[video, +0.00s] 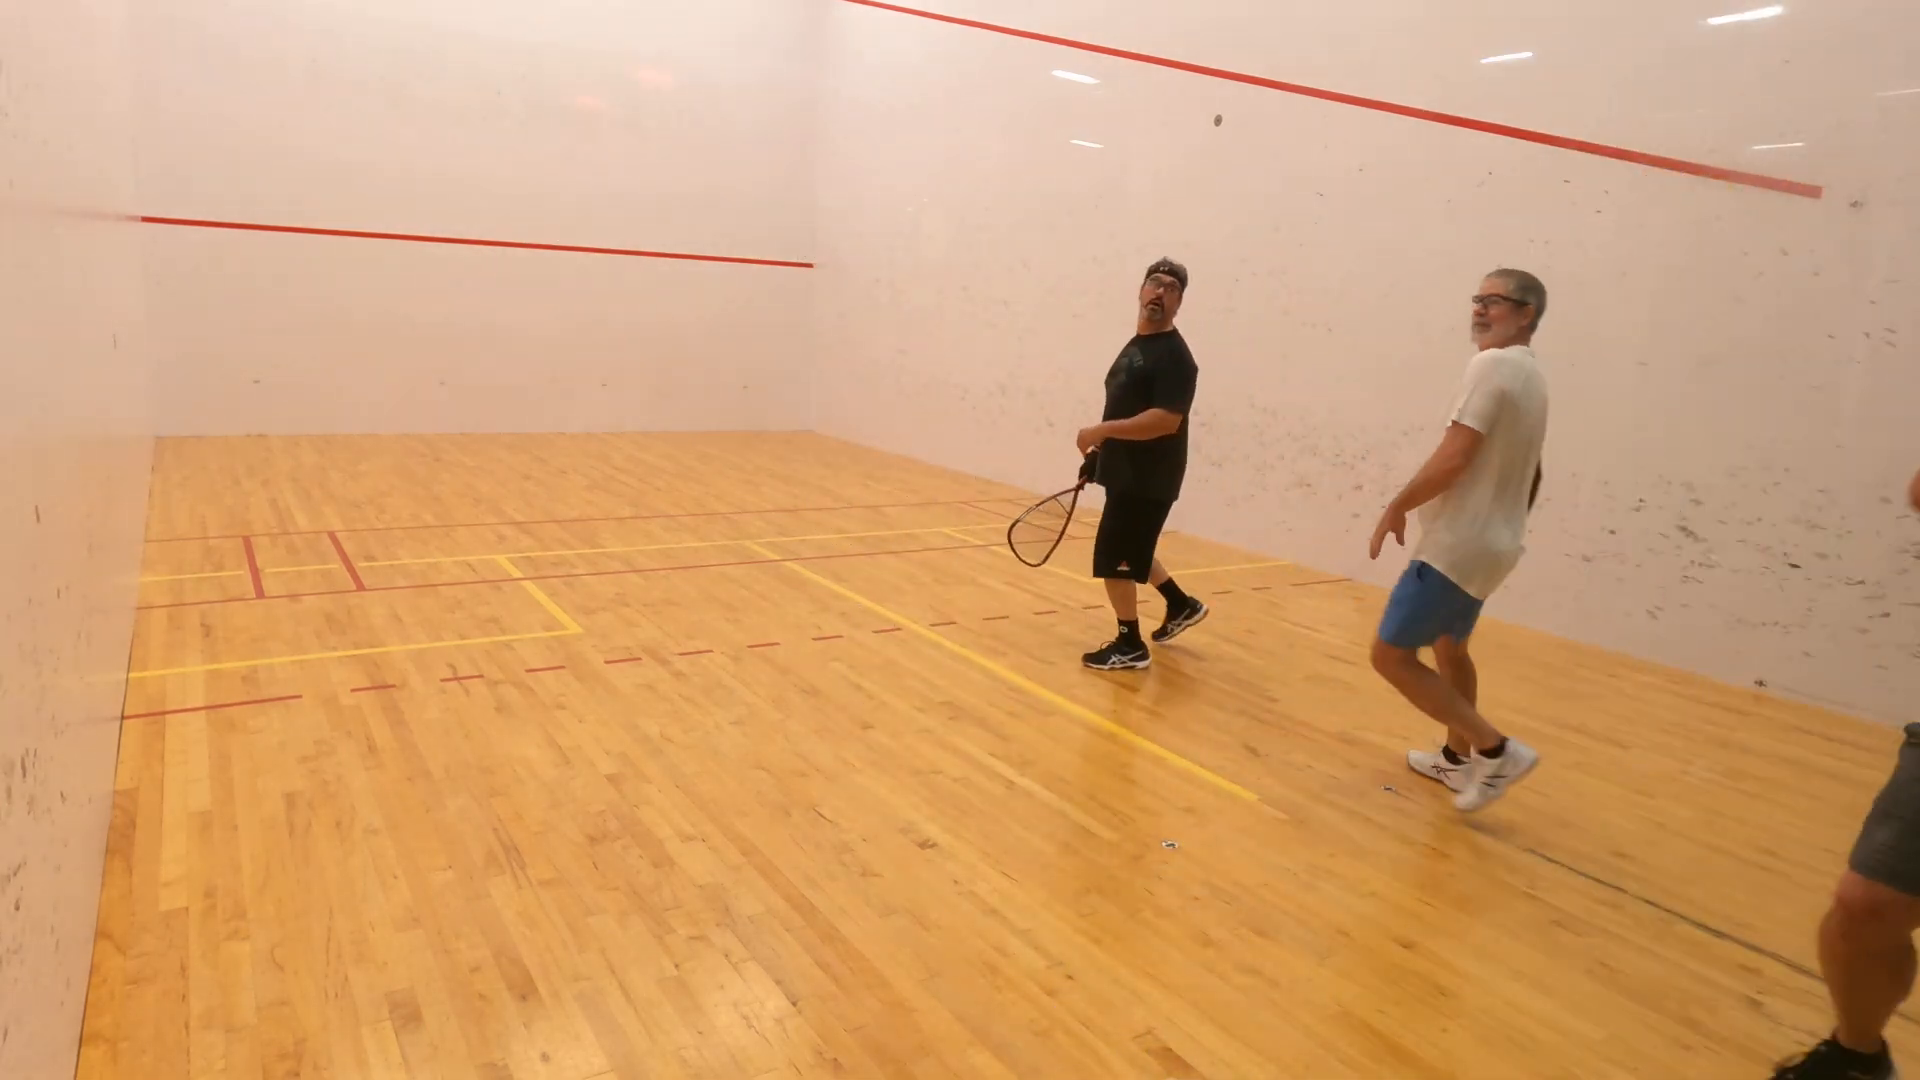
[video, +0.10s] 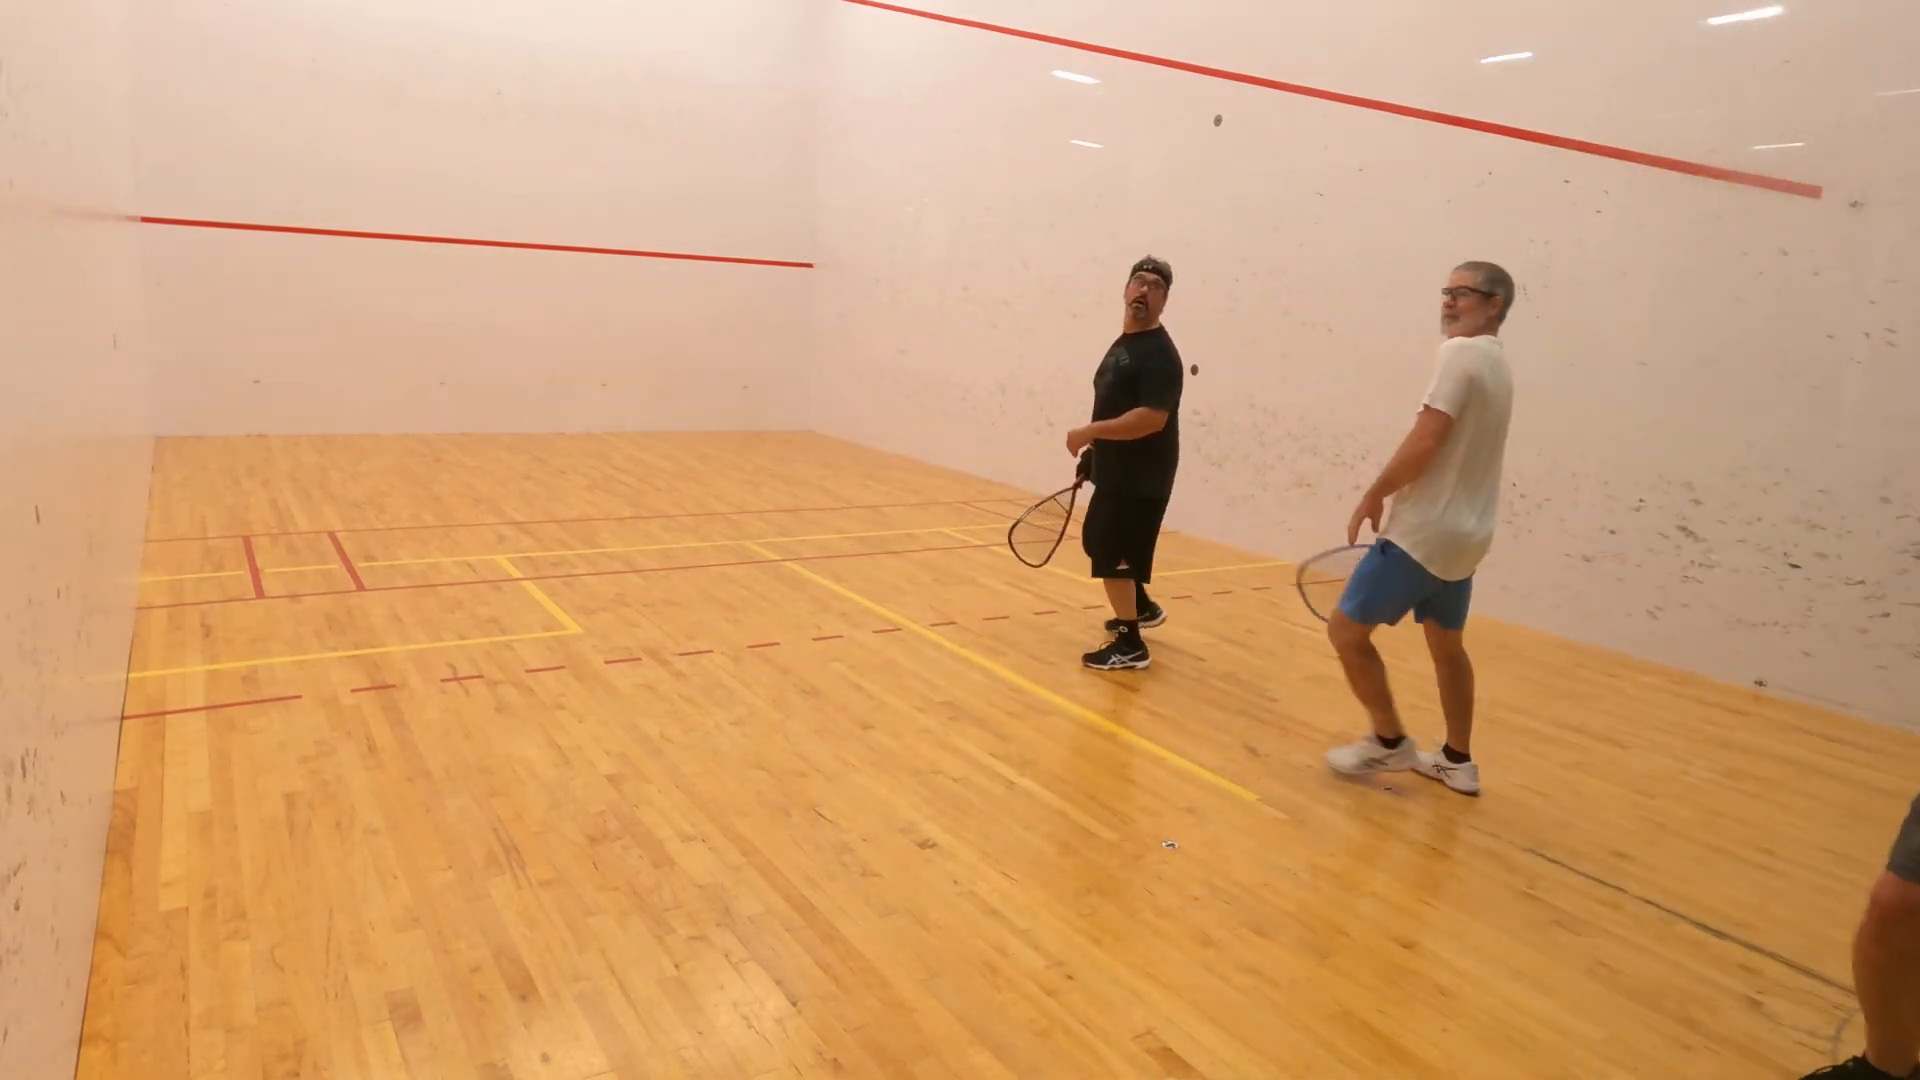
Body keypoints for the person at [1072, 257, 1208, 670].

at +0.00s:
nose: (1160, 293)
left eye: (1170, 289)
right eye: (1155, 284)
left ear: (1179, 303)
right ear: (1141, 291)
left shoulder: (1176, 357)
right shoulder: (1138, 346)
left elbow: (1168, 419)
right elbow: (1123, 410)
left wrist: (1102, 431)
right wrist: (1098, 454)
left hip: (1149, 479)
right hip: (1126, 472)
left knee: (1115, 559)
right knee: (1130, 548)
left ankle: (1131, 643)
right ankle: (1180, 602)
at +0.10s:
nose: (1144, 291)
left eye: (1154, 287)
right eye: (1139, 282)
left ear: (1165, 301)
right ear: (1126, 290)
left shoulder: (1160, 354)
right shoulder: (1125, 344)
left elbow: (1153, 417)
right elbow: (1113, 408)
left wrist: (1090, 432)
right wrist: (1094, 455)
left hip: (1140, 474)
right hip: (1118, 467)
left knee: (1112, 550)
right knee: (1103, 536)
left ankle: (1129, 644)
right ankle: (1140, 603)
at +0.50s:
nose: (1070, 284)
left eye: (1079, 280)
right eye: (1075, 278)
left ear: (1099, 292)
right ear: (1098, 293)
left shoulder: (1106, 348)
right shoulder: (1090, 336)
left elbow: (1101, 414)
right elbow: (1085, 402)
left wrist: (1051, 431)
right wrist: (1055, 436)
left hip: (1094, 463)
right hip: (1077, 457)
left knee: (1072, 540)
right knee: (1062, 530)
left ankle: (1117, 625)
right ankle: (1074, 603)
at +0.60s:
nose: (1058, 289)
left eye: (1065, 284)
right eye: (1061, 283)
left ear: (1082, 293)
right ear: (1088, 294)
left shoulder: (1095, 346)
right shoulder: (1084, 337)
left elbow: (1089, 413)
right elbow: (1079, 404)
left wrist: (1041, 432)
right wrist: (1054, 441)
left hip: (1088, 463)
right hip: (1079, 458)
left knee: (1063, 542)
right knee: (1066, 535)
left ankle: (1091, 635)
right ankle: (1075, 604)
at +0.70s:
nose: (1043, 299)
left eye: (1049, 293)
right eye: (1045, 292)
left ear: (1066, 300)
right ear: (1074, 301)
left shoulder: (1083, 352)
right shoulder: (1073, 344)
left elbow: (1075, 418)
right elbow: (1067, 409)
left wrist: (1029, 440)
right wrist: (1045, 447)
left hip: (1075, 468)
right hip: (1070, 464)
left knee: (1050, 545)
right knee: (1064, 538)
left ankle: (1065, 640)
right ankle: (1073, 606)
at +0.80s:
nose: (1026, 314)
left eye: (1031, 307)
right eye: (1027, 306)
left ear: (1049, 312)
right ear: (1059, 313)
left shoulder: (1071, 362)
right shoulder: (1060, 356)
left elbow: (1064, 428)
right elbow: (1057, 424)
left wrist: (1018, 453)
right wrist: (1031, 458)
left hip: (1074, 477)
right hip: (1067, 474)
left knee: (1036, 548)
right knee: (1056, 545)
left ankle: (1046, 641)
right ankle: (1078, 610)